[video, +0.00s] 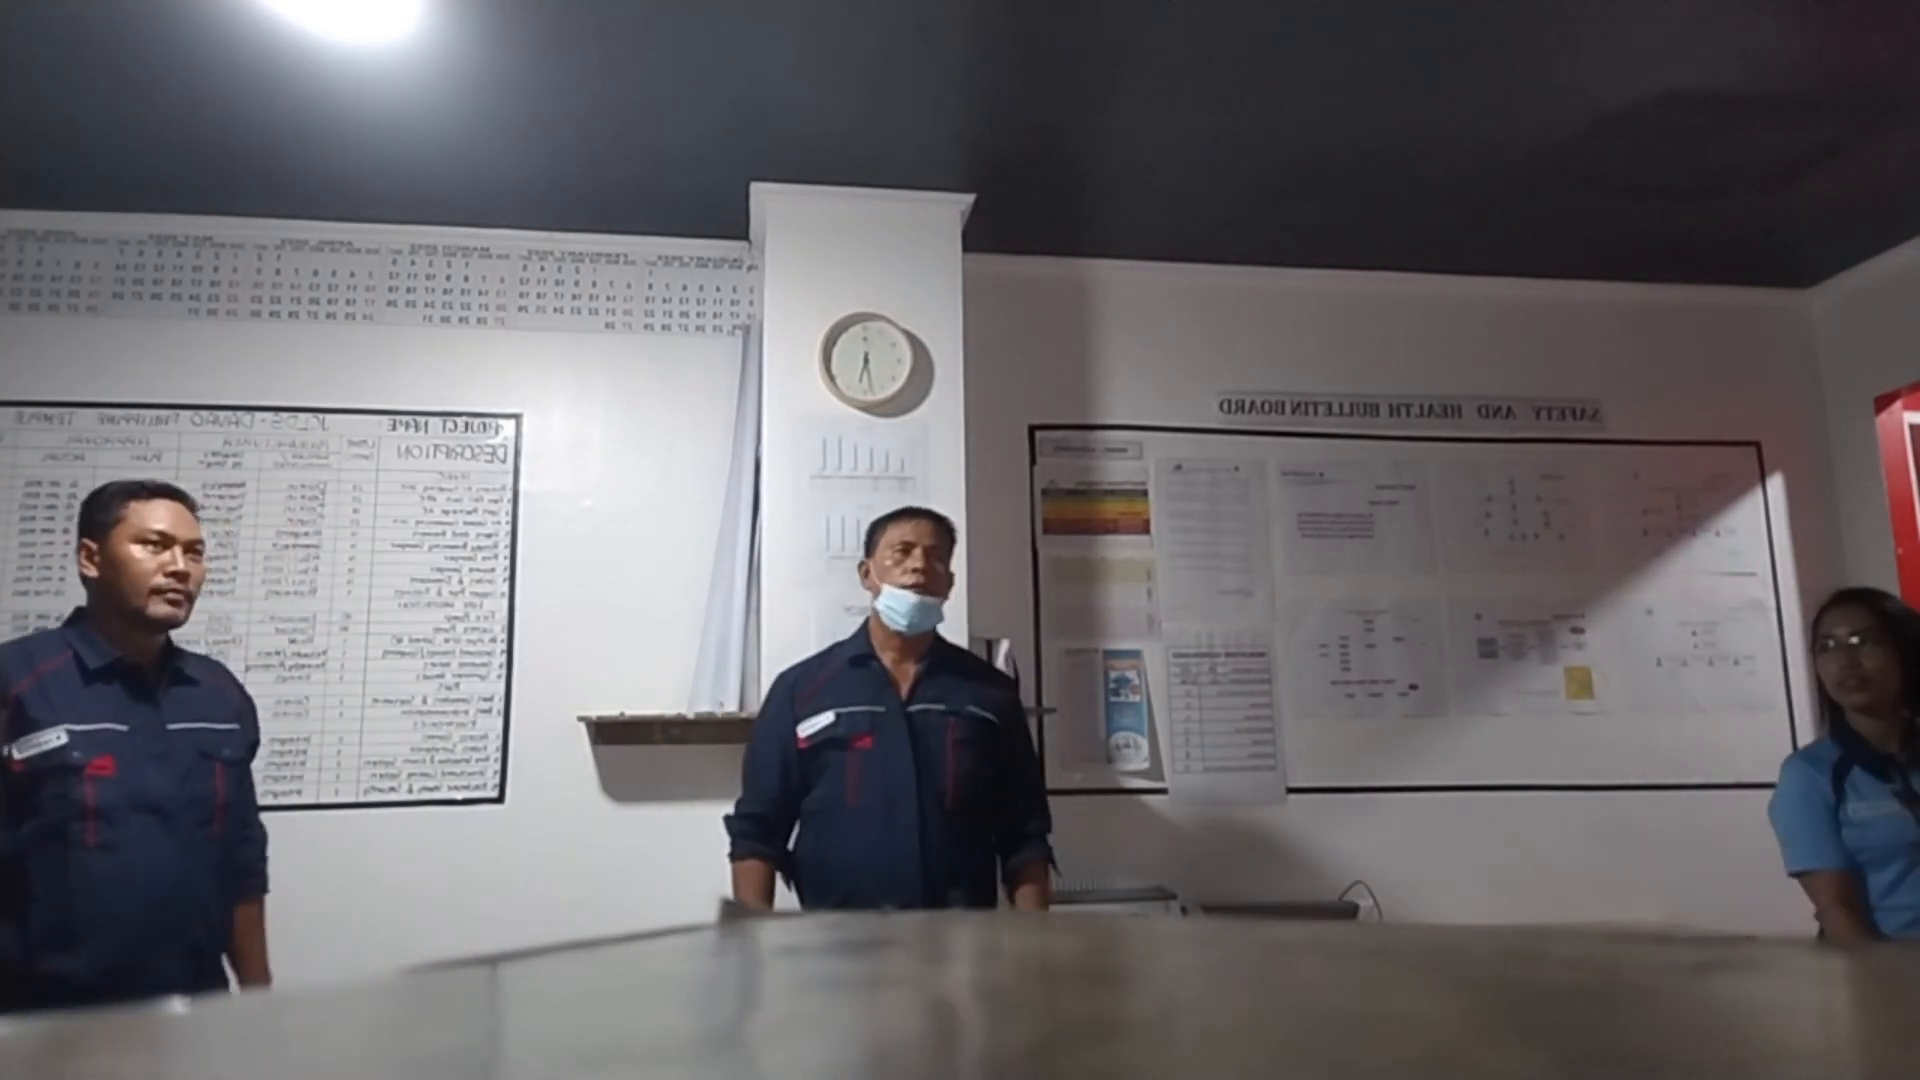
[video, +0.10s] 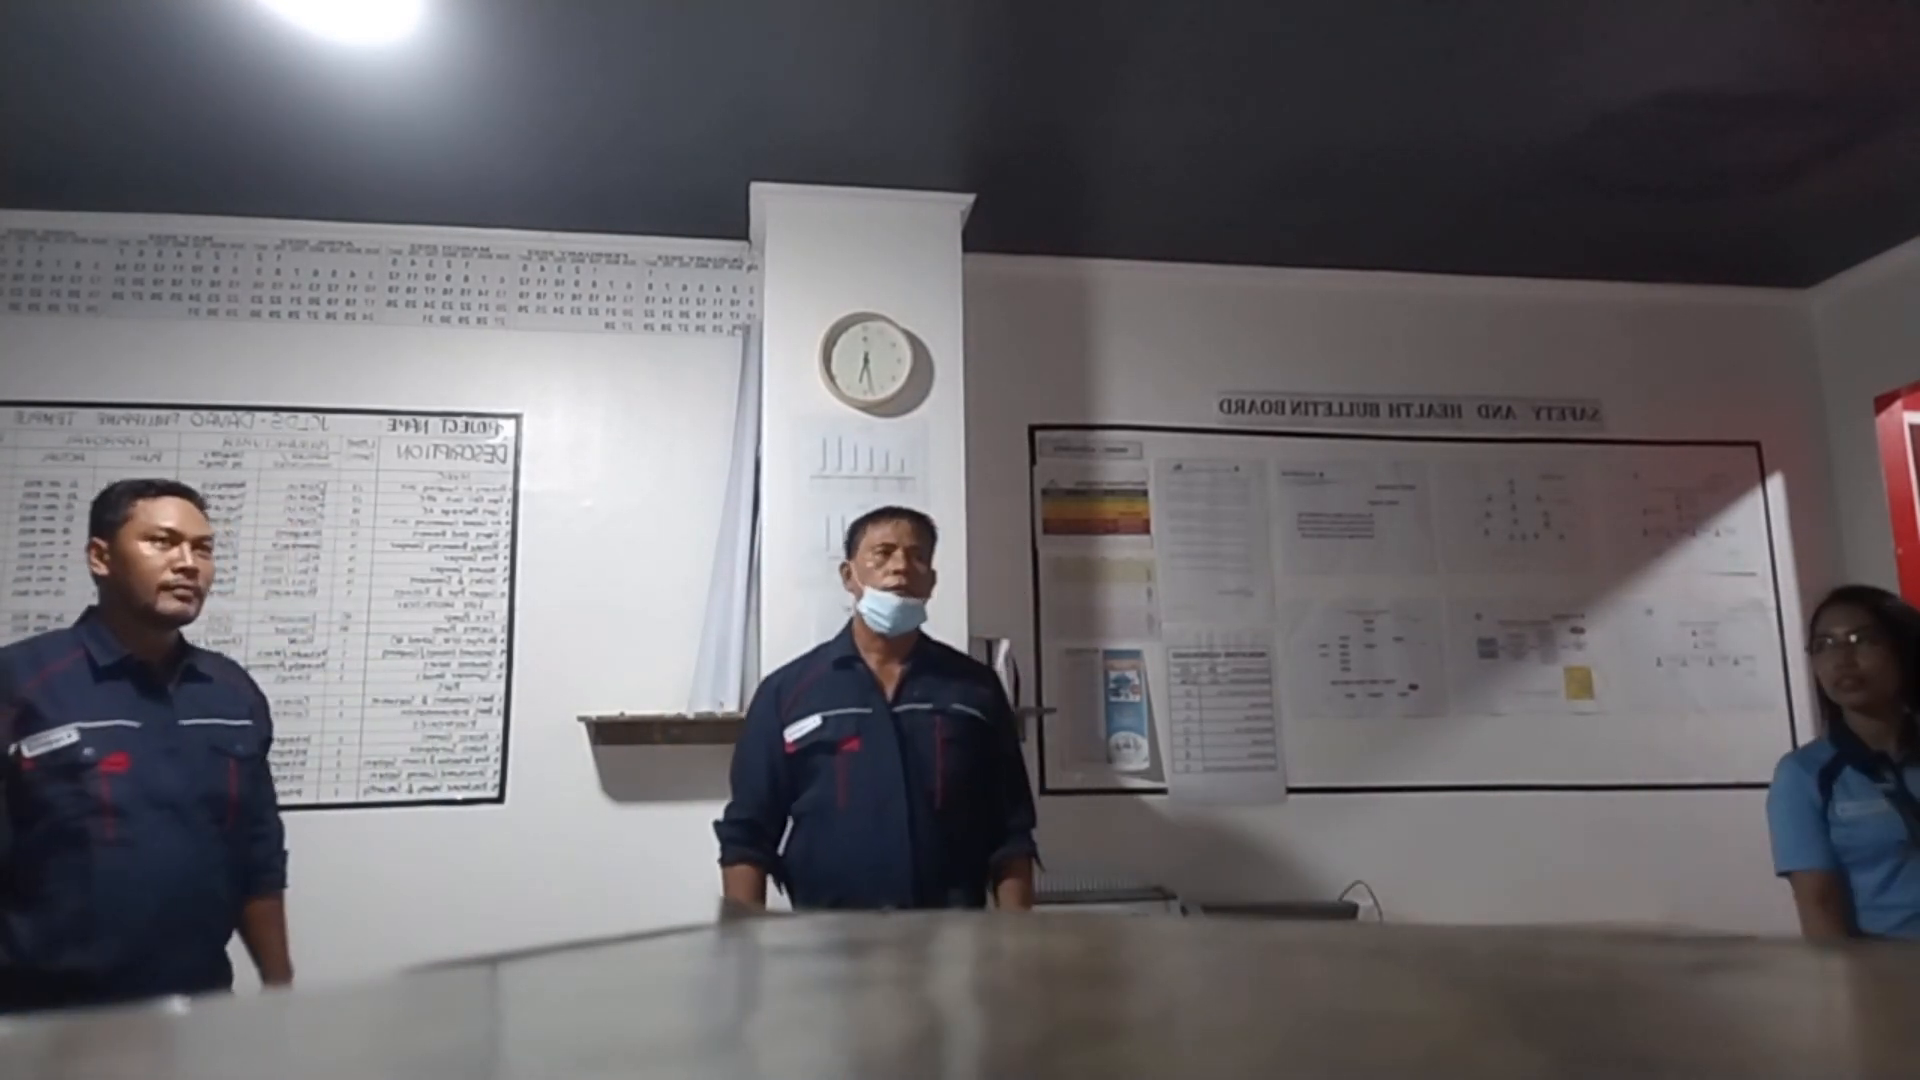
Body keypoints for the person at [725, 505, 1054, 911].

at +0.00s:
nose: (919, 567)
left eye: (936, 558)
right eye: (902, 553)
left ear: (949, 584)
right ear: (868, 574)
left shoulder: (992, 693)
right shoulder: (800, 691)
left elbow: (1025, 837)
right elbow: (755, 831)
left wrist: (1033, 948)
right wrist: (757, 950)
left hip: (965, 947)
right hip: (837, 948)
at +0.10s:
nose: (901, 567)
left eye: (916, 557)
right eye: (883, 554)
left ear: (931, 582)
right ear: (849, 576)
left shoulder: (976, 688)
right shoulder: (785, 694)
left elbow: (1011, 838)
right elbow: (745, 838)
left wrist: (1015, 952)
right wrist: (746, 957)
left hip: (954, 945)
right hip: (828, 947)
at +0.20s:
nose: (886, 566)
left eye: (900, 555)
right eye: (867, 554)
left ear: (916, 580)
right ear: (834, 577)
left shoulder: (967, 687)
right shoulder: (773, 697)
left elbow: (998, 837)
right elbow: (736, 845)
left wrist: (1000, 951)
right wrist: (743, 960)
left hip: (945, 944)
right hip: (820, 947)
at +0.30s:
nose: (879, 566)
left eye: (893, 555)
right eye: (859, 554)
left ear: (909, 578)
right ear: (827, 579)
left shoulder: (960, 685)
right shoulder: (768, 699)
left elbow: (993, 830)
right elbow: (731, 847)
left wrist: (989, 946)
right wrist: (743, 962)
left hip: (941, 942)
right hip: (815, 945)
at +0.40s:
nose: (875, 565)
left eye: (888, 554)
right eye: (855, 553)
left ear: (905, 577)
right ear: (823, 580)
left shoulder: (955, 684)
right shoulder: (764, 699)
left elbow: (991, 829)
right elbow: (728, 849)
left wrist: (988, 946)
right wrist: (741, 964)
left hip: (939, 942)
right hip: (814, 945)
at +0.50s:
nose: (877, 565)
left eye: (890, 554)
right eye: (857, 553)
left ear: (906, 578)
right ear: (824, 579)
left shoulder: (955, 685)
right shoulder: (765, 698)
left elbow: (992, 828)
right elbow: (728, 847)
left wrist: (993, 945)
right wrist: (739, 962)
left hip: (940, 941)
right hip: (814, 944)